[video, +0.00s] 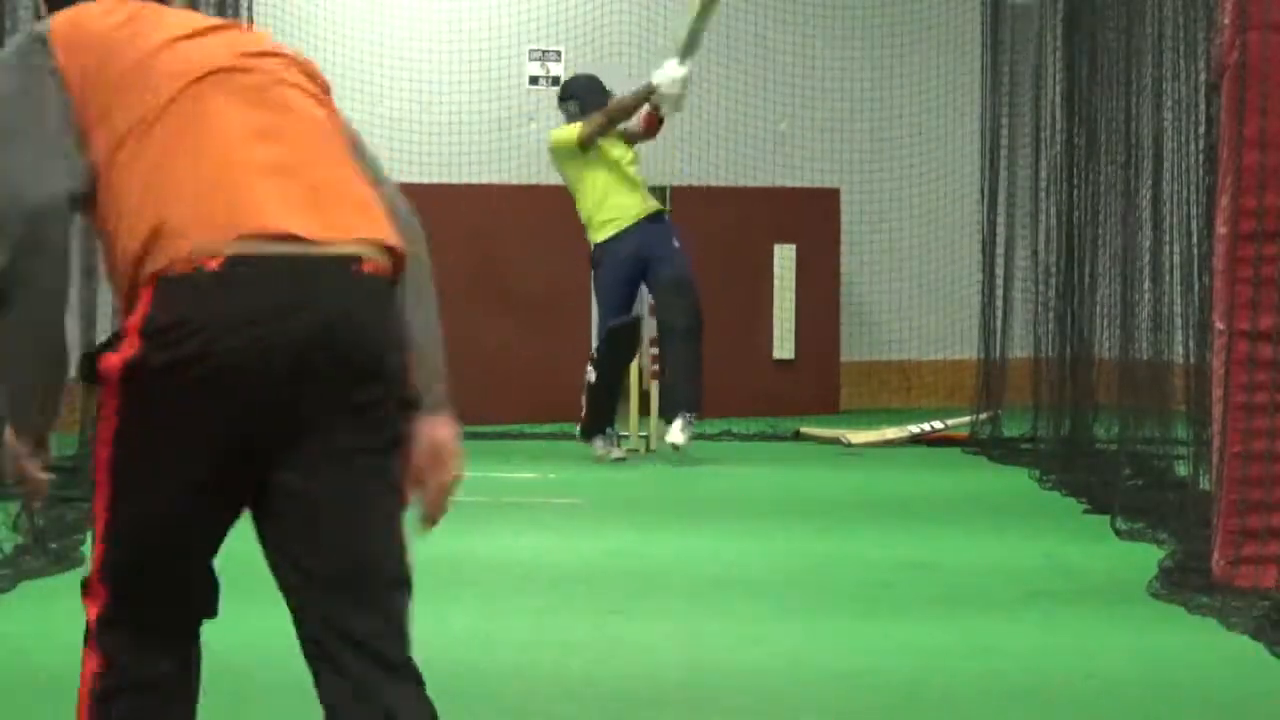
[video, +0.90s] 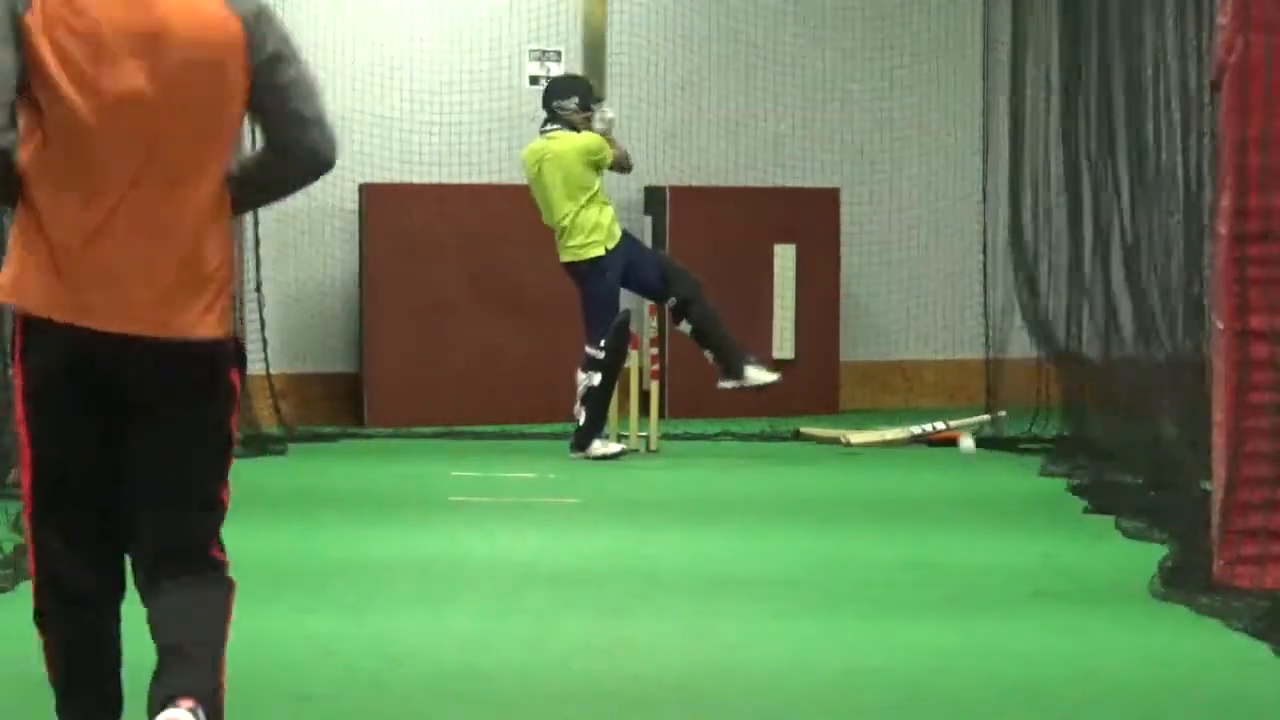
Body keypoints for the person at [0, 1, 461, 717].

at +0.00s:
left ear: (58, 13)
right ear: (178, 4)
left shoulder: (50, 43)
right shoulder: (267, 50)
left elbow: (36, 206)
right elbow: (400, 221)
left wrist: (26, 416)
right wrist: (434, 400)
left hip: (205, 299)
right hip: (360, 295)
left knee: (145, 612)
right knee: (365, 639)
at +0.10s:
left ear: (61, 6)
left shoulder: (35, 65)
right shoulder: (261, 39)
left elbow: (15, 263)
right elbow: (393, 164)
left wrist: (21, 430)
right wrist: (489, 335)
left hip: (143, 363)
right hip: (297, 359)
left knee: (118, 661)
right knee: (308, 662)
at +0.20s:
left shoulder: (24, 33)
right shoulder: (254, 10)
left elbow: (8, 242)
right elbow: (379, 106)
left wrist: (41, 373)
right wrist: (472, 272)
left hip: (109, 333)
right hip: (255, 326)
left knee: (101, 625)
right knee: (255, 616)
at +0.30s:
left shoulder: (26, 10)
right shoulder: (265, 2)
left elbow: (7, 134)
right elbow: (355, 58)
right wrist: (393, 227)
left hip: (90, 263)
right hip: (237, 259)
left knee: (95, 584)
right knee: (223, 563)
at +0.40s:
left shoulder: (36, 3)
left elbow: (1, 99)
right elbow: (332, 64)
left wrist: (39, 208)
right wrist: (319, 237)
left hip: (85, 253)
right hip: (223, 256)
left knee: (71, 551)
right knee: (192, 560)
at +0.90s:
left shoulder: (27, 10)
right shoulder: (237, 12)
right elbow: (309, 144)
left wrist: (28, 189)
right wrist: (216, 194)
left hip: (60, 309)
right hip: (186, 316)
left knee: (71, 553)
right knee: (184, 543)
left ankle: (86, 708)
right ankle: (185, 703)